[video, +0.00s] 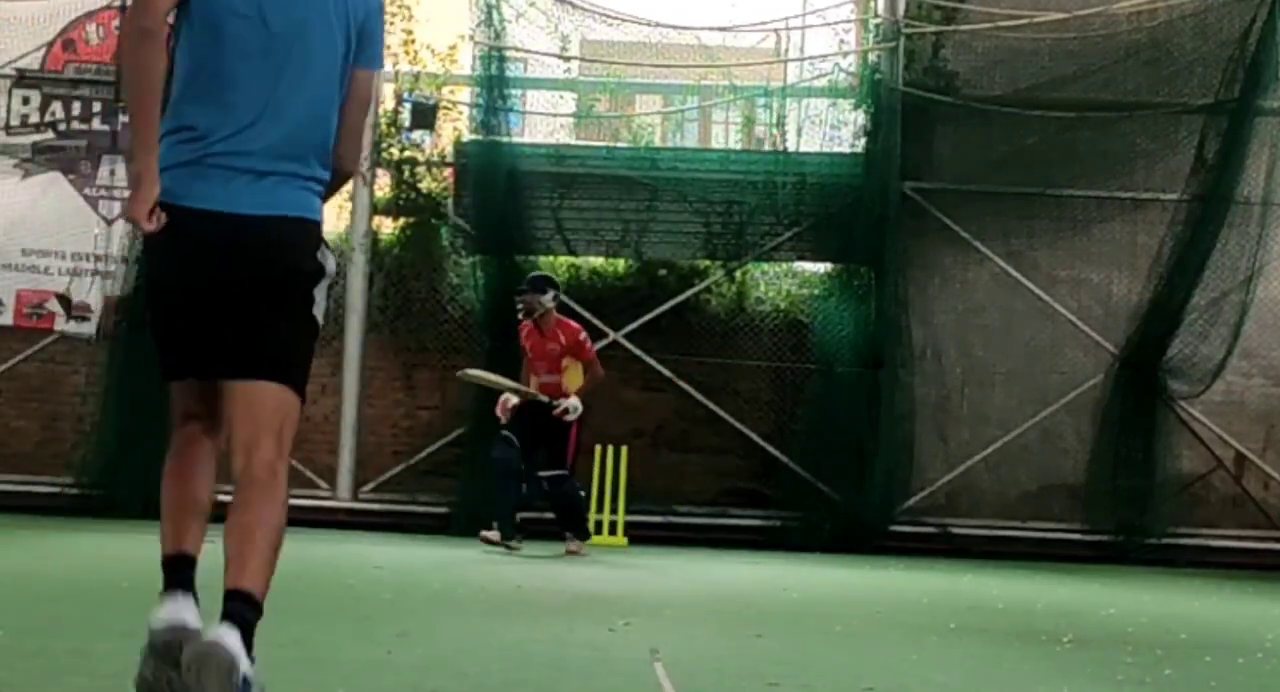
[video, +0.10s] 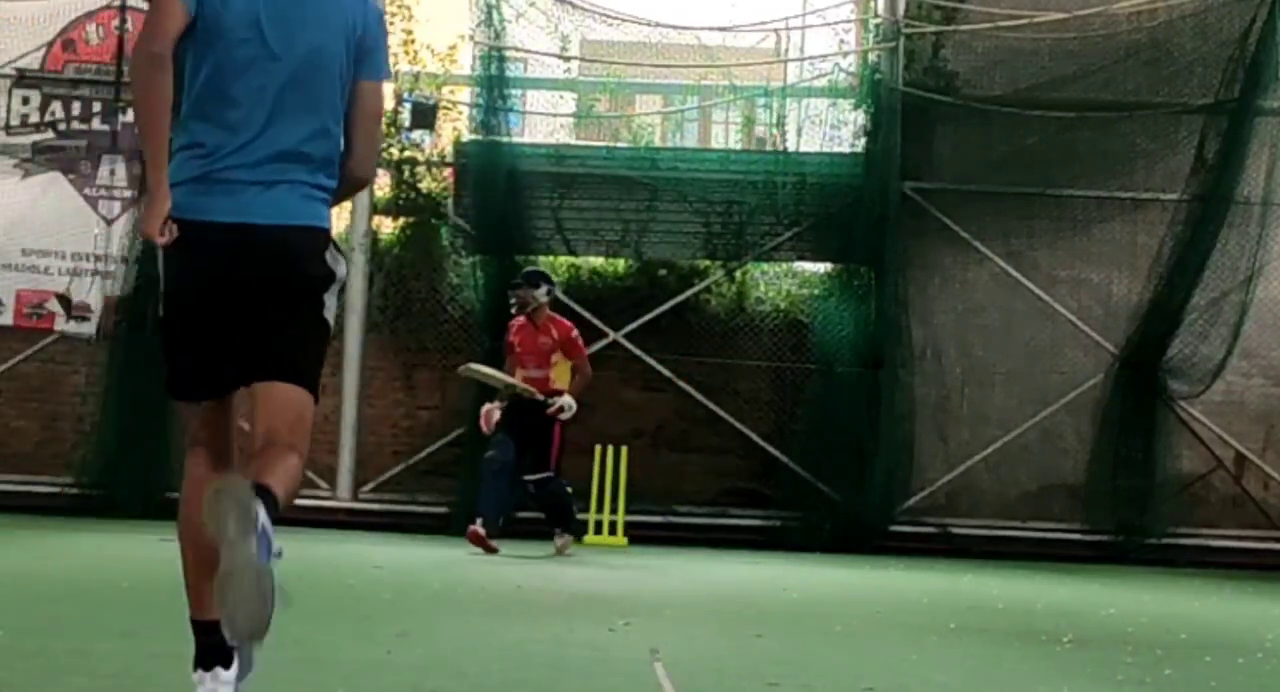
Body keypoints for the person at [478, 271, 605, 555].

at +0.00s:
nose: (527, 303)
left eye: (534, 297)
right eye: (526, 297)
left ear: (550, 299)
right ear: (526, 299)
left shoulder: (573, 333)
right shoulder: (526, 331)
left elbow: (596, 371)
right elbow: (528, 368)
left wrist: (578, 397)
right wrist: (517, 395)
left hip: (563, 405)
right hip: (533, 402)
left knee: (556, 471)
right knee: (509, 458)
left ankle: (575, 535)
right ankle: (505, 528)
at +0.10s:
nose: (518, 296)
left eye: (525, 291)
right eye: (517, 291)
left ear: (543, 294)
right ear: (520, 295)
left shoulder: (564, 330)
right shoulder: (516, 328)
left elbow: (584, 371)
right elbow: (511, 368)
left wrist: (570, 396)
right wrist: (498, 401)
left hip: (548, 403)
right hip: (519, 400)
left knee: (541, 474)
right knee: (498, 458)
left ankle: (565, 528)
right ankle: (486, 526)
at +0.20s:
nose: (515, 306)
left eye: (522, 301)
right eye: (513, 301)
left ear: (538, 305)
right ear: (513, 306)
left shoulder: (554, 342)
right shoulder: (504, 340)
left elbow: (573, 386)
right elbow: (491, 384)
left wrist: (562, 406)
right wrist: (475, 417)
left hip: (538, 413)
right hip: (506, 411)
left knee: (528, 477)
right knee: (494, 472)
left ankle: (549, 529)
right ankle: (485, 536)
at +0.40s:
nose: (512, 312)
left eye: (519, 306)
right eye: (511, 306)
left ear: (534, 311)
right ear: (508, 310)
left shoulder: (549, 348)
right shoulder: (499, 345)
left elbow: (562, 392)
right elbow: (482, 381)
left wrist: (553, 412)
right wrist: (459, 405)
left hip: (525, 414)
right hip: (494, 411)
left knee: (509, 469)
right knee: (476, 465)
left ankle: (532, 529)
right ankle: (484, 537)